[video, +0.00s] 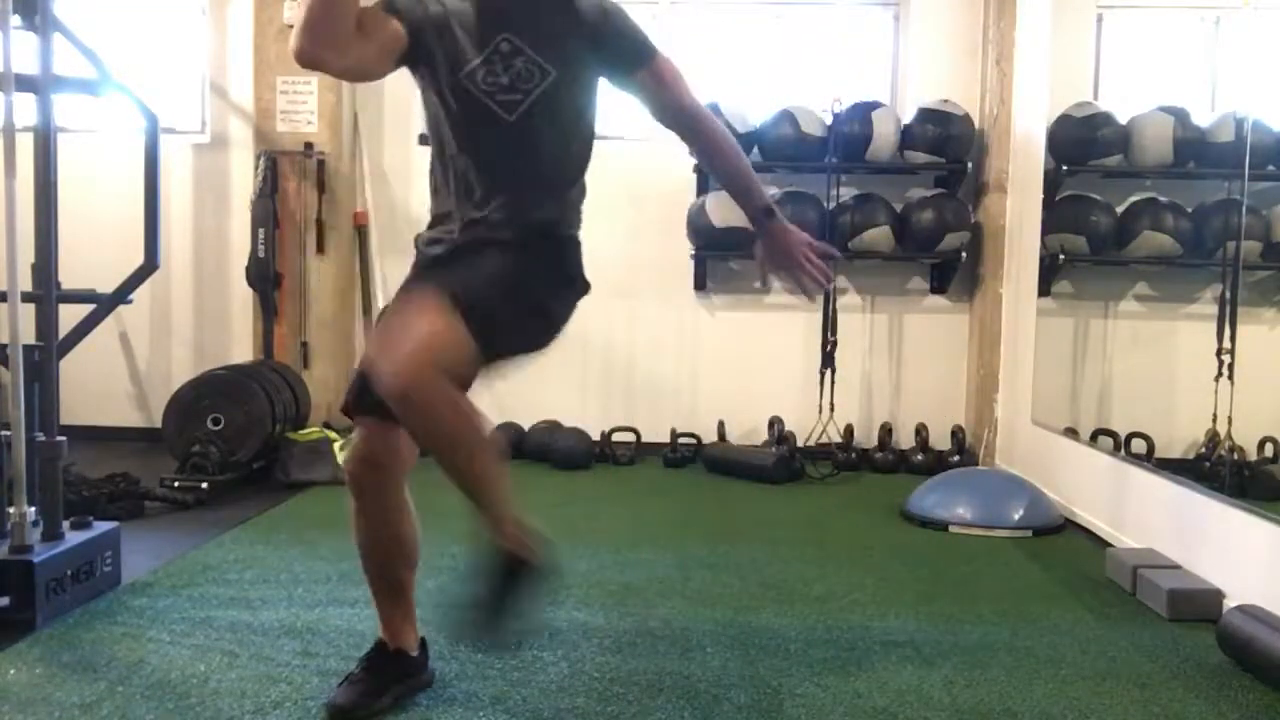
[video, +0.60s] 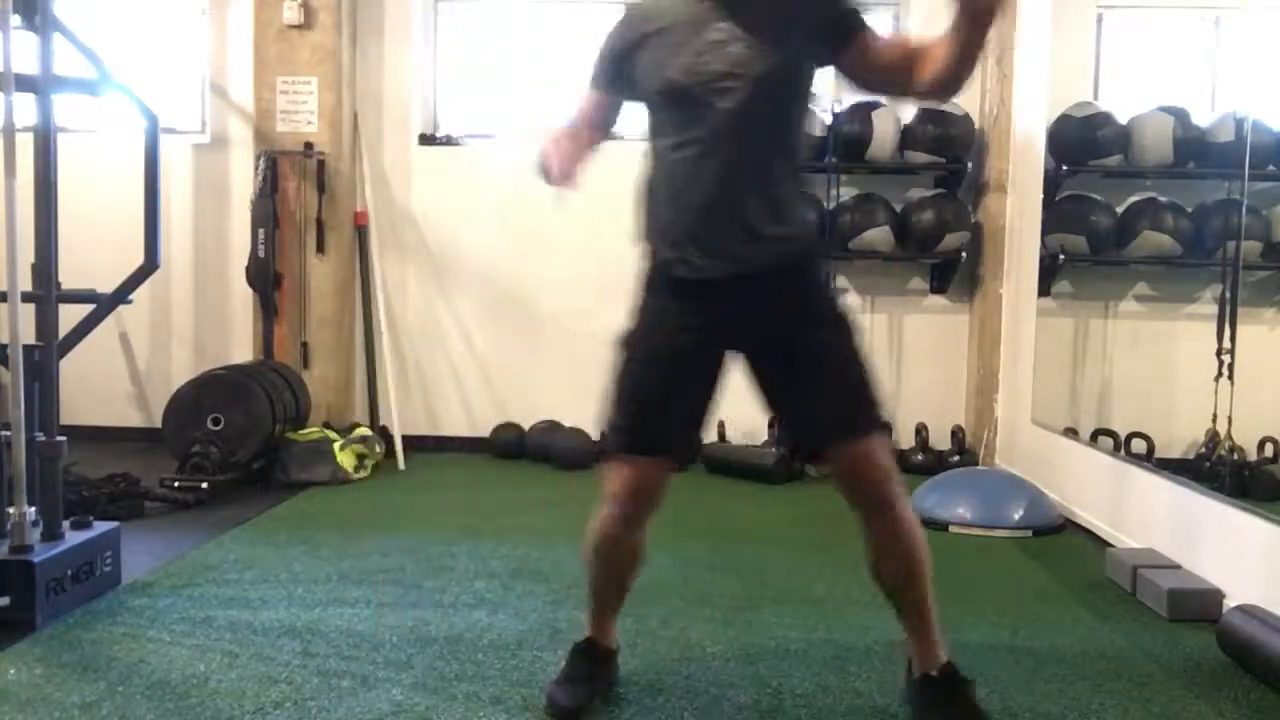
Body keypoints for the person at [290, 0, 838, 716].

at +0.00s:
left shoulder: (582, 16)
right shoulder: (425, 13)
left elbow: (687, 116)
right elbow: (321, 45)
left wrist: (768, 219)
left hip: (531, 251)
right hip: (444, 252)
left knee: (400, 361)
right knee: (371, 459)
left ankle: (518, 543)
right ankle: (399, 651)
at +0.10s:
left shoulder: (608, 19)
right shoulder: (445, 14)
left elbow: (710, 124)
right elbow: (327, 39)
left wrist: (785, 238)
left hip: (553, 272)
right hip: (461, 269)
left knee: (524, 462)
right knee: (386, 460)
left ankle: (645, 626)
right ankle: (399, 651)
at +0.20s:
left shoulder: (639, 14)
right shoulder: (477, 11)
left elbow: (751, 108)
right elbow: (355, 41)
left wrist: (811, 217)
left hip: (607, 276)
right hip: (509, 275)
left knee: (628, 478)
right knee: (436, 461)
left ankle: (696, 660)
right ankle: (405, 652)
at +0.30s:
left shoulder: (682, 8)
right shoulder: (512, 7)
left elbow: (783, 76)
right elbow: (399, 59)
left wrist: (845, 167)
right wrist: (419, 3)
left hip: (660, 259)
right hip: (558, 258)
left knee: (679, 466)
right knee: (501, 450)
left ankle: (702, 659)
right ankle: (481, 640)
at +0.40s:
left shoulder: (711, 7)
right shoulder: (539, 8)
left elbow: (811, 74)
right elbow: (439, 96)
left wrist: (886, 130)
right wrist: (480, 18)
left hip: (694, 254)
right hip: (593, 258)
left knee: (740, 442)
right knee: (566, 461)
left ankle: (755, 649)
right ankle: (584, 639)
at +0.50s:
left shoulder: (768, 13)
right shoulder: (610, 18)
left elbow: (863, 88)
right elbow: (523, 137)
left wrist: (944, 72)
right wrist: (520, 129)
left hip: (748, 280)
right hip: (644, 283)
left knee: (837, 470)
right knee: (596, 489)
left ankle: (918, 654)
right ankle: (594, 649)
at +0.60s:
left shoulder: (794, 12)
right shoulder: (641, 24)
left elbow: (924, 75)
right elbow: (589, 124)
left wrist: (972, 21)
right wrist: (563, 150)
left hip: (786, 278)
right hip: (681, 283)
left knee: (873, 479)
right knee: (625, 498)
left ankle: (932, 667)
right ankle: (596, 647)